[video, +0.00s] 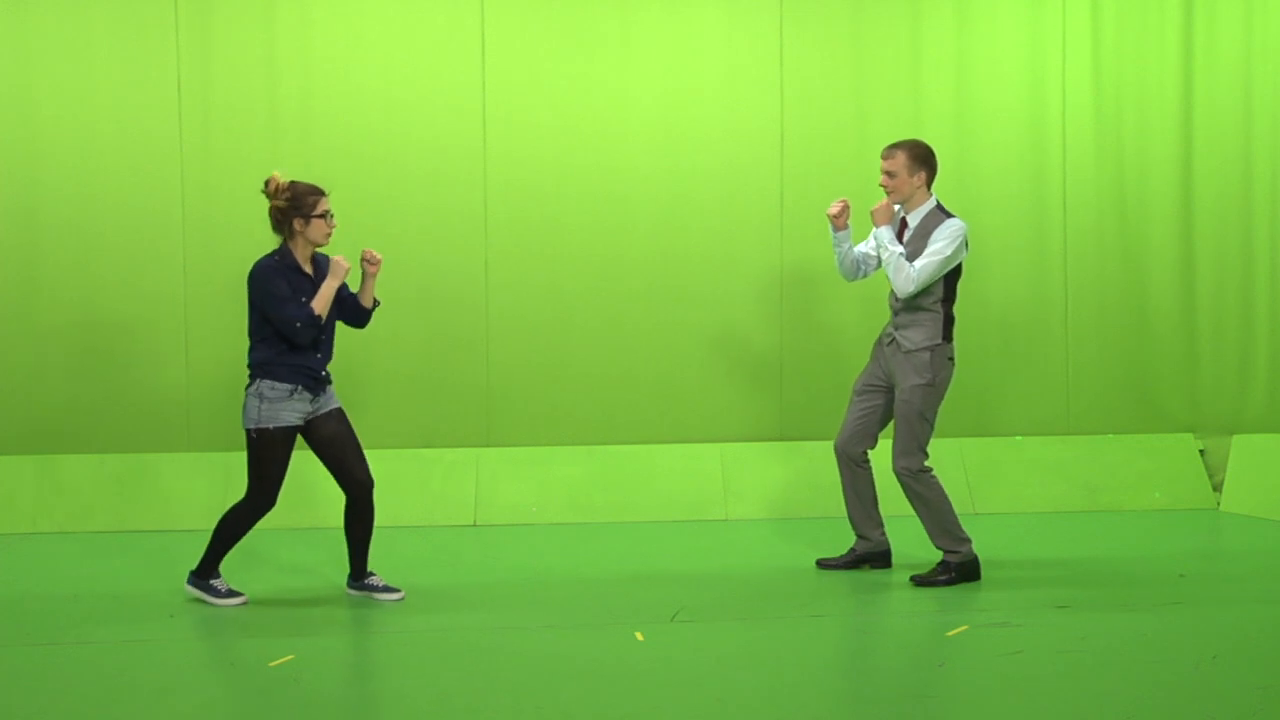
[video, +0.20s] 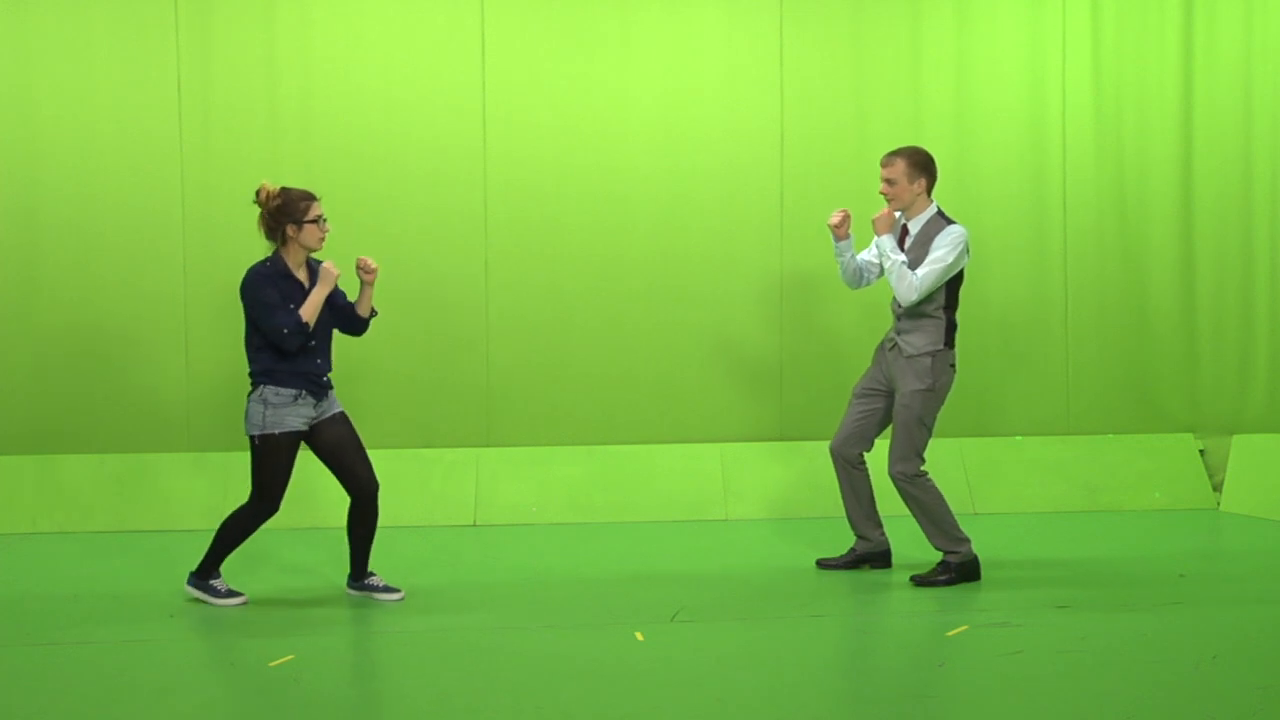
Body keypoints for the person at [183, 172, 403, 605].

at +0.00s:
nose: (332, 224)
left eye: (331, 216)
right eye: (324, 217)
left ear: (311, 223)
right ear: (297, 224)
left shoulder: (321, 268)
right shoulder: (267, 272)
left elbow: (358, 318)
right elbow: (302, 330)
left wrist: (369, 280)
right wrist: (333, 282)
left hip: (316, 392)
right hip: (273, 393)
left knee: (360, 485)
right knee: (261, 497)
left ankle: (359, 576)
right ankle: (203, 573)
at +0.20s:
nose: (325, 229)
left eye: (324, 221)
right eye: (317, 222)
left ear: (299, 230)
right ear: (290, 230)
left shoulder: (318, 274)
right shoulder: (260, 280)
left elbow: (355, 326)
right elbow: (290, 336)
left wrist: (367, 287)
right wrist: (324, 287)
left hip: (319, 399)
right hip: (275, 400)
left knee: (365, 487)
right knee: (265, 502)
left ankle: (359, 576)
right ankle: (203, 574)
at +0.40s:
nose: (337, 209)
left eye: (335, 201)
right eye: (327, 203)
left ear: (319, 208)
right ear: (301, 211)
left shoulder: (331, 255)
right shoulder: (272, 261)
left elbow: (377, 295)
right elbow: (306, 317)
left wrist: (386, 257)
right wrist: (331, 266)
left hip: (330, 381)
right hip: (284, 383)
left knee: (357, 481)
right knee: (268, 489)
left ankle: (360, 574)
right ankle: (210, 567)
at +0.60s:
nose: (341, 231)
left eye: (340, 223)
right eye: (332, 225)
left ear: (319, 231)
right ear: (306, 232)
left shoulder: (332, 278)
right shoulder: (275, 283)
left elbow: (370, 327)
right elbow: (305, 341)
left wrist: (380, 290)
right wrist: (333, 291)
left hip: (338, 400)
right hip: (293, 405)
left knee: (373, 490)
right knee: (284, 510)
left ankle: (360, 576)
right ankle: (208, 569)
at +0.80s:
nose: (363, 219)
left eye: (361, 212)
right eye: (354, 213)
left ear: (334, 221)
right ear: (328, 221)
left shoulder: (348, 266)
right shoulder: (292, 268)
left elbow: (380, 322)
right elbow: (315, 329)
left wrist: (394, 281)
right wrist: (349, 283)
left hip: (334, 389)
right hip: (289, 390)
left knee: (366, 482)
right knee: (276, 496)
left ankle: (360, 575)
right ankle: (208, 568)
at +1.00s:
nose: (389, 233)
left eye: (387, 226)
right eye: (380, 227)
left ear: (367, 238)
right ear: (356, 238)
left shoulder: (374, 287)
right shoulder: (321, 284)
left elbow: (406, 342)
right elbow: (337, 347)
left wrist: (421, 301)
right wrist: (375, 303)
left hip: (345, 403)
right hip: (301, 402)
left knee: (374, 494)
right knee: (285, 506)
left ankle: (360, 576)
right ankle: (208, 568)